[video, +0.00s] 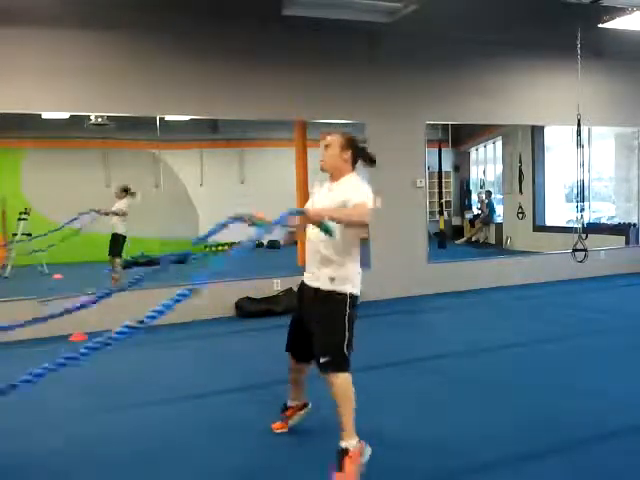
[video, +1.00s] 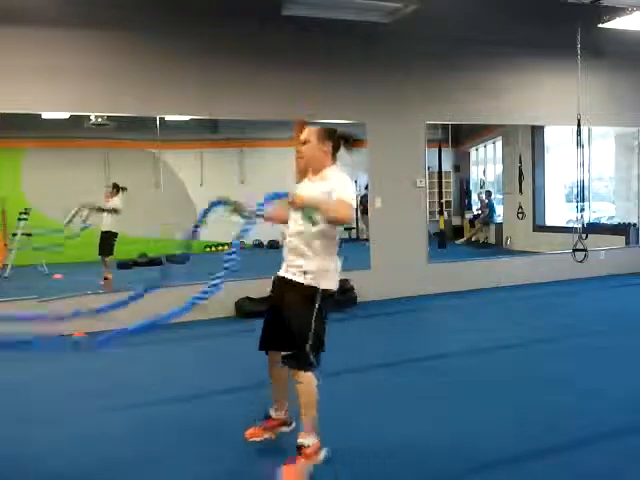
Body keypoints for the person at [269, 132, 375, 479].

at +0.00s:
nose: (321, 155)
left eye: (327, 148)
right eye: (322, 149)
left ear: (347, 154)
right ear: (332, 156)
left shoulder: (357, 188)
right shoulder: (321, 189)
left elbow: (365, 216)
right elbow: (307, 226)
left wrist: (322, 215)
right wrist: (273, 222)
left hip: (339, 289)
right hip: (311, 284)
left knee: (335, 367)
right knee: (298, 355)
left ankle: (350, 443)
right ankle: (296, 403)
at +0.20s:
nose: (323, 153)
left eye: (330, 147)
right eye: (325, 147)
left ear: (352, 154)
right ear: (343, 155)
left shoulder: (358, 189)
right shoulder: (327, 188)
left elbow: (332, 235)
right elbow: (302, 226)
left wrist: (289, 239)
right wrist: (286, 240)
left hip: (338, 288)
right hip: (313, 282)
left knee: (313, 361)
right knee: (295, 356)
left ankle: (324, 437)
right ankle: (309, 428)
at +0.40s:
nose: (327, 158)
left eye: (335, 152)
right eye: (329, 152)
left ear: (353, 162)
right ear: (337, 161)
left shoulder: (359, 196)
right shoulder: (327, 195)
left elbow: (356, 233)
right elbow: (306, 227)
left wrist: (311, 237)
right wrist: (288, 239)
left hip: (339, 298)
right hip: (315, 292)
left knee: (324, 374)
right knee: (304, 369)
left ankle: (325, 440)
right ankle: (309, 430)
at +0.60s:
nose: (317, 144)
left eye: (322, 138)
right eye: (318, 138)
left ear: (341, 141)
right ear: (329, 143)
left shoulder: (353, 171)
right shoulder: (319, 176)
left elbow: (371, 181)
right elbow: (297, 189)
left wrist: (362, 171)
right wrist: (270, 185)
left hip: (342, 279)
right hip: (314, 275)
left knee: (344, 359)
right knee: (304, 342)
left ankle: (351, 442)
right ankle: (299, 401)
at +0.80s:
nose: (289, 175)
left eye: (295, 170)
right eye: (290, 170)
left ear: (316, 178)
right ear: (307, 178)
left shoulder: (334, 210)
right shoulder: (300, 213)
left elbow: (353, 226)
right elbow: (293, 222)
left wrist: (364, 219)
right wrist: (273, 212)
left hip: (335, 308)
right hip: (307, 305)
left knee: (330, 384)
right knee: (292, 369)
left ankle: (363, 462)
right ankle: (303, 415)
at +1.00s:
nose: (299, 148)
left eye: (305, 142)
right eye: (299, 142)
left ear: (327, 148)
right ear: (309, 149)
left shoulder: (339, 182)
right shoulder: (305, 183)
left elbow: (345, 215)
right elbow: (302, 220)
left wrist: (309, 204)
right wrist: (273, 215)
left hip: (314, 281)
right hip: (287, 276)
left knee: (301, 362)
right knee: (274, 351)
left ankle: (309, 439)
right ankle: (279, 416)